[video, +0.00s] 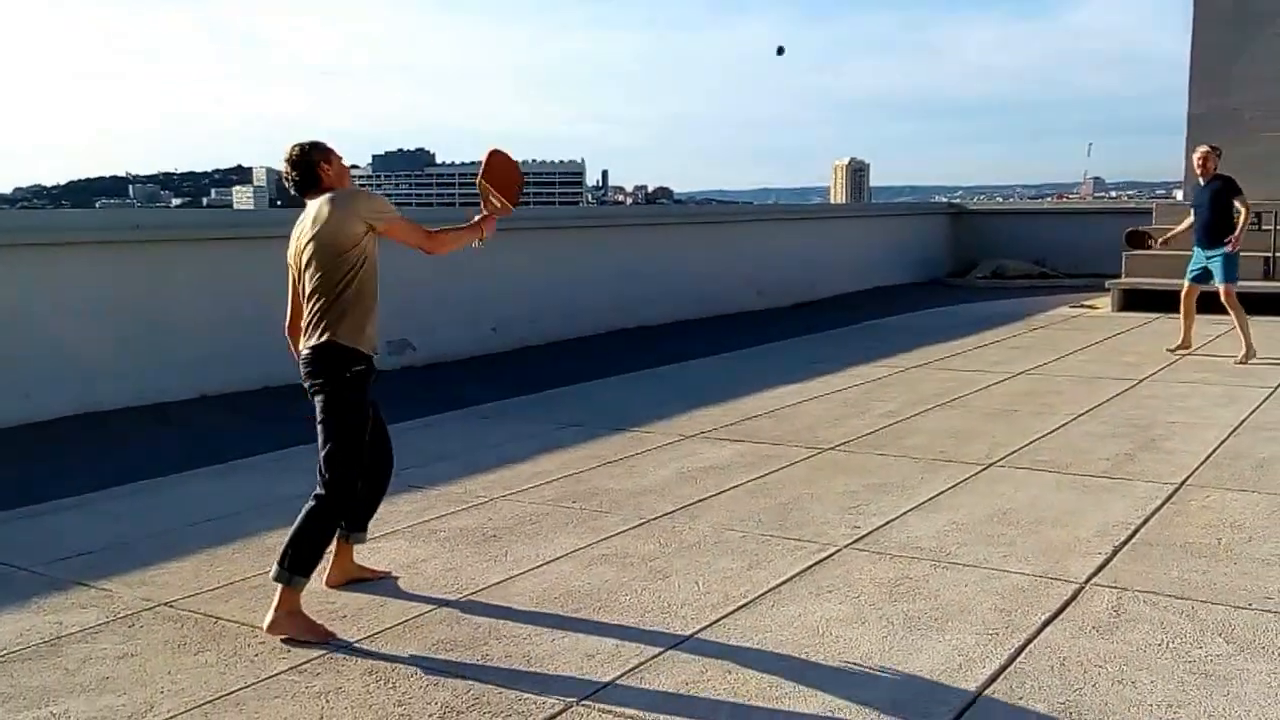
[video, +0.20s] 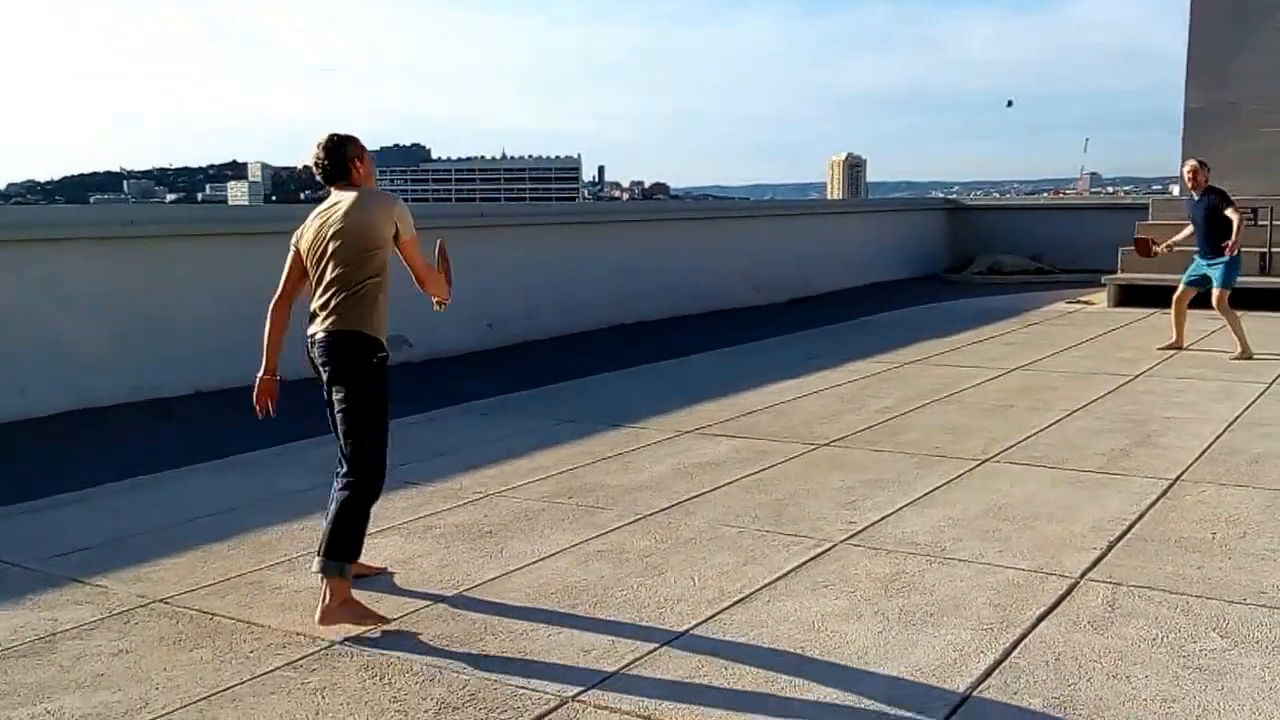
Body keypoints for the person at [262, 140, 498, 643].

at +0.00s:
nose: (346, 163)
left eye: (339, 157)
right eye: (338, 158)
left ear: (309, 178)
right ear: (326, 169)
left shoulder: (302, 229)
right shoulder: (355, 202)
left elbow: (294, 324)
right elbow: (430, 242)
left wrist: (316, 372)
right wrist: (479, 229)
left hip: (322, 361)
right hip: (343, 359)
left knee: (375, 458)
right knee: (336, 485)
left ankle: (343, 563)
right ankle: (284, 608)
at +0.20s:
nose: (372, 163)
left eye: (366, 156)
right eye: (368, 157)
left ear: (330, 174)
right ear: (357, 164)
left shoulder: (311, 224)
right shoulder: (384, 205)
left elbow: (280, 304)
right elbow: (425, 274)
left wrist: (267, 368)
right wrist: (442, 291)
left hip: (322, 346)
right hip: (355, 346)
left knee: (354, 459)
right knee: (364, 469)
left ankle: (338, 556)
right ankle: (336, 599)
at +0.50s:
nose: (408, 156)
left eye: (404, 147)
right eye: (403, 147)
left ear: (359, 157)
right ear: (389, 153)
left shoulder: (332, 210)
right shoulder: (404, 203)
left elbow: (300, 286)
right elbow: (447, 282)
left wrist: (302, 344)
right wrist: (473, 313)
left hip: (346, 347)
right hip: (389, 346)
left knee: (369, 450)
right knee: (435, 457)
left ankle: (332, 551)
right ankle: (436, 585)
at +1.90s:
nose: (368, 161)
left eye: (364, 153)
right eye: (364, 153)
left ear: (324, 165)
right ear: (353, 157)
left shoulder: (311, 212)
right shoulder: (372, 190)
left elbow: (287, 291)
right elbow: (420, 248)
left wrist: (287, 356)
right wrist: (420, 261)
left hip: (329, 332)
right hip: (365, 327)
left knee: (368, 426)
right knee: (403, 433)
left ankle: (339, 516)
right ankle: (379, 552)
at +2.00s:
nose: (375, 155)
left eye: (370, 148)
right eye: (370, 148)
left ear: (331, 160)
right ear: (358, 153)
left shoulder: (315, 208)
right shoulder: (373, 195)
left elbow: (287, 285)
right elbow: (419, 263)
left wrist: (283, 347)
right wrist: (429, 282)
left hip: (333, 335)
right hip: (368, 334)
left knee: (378, 424)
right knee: (415, 436)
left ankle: (339, 516)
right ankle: (376, 553)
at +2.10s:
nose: (381, 152)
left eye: (378, 143)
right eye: (377, 143)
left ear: (339, 150)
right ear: (363, 146)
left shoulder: (322, 198)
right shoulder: (372, 196)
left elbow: (297, 278)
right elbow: (416, 264)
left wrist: (297, 341)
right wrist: (434, 287)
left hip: (335, 335)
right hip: (369, 335)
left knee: (377, 424)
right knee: (416, 440)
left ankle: (340, 515)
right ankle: (376, 556)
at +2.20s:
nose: (388, 127)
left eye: (385, 118)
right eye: (384, 119)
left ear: (345, 126)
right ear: (370, 124)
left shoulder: (326, 176)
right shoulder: (374, 178)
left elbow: (314, 260)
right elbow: (407, 256)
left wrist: (325, 314)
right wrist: (435, 280)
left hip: (337, 320)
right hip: (369, 320)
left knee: (364, 413)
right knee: (397, 429)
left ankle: (340, 507)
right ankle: (376, 553)